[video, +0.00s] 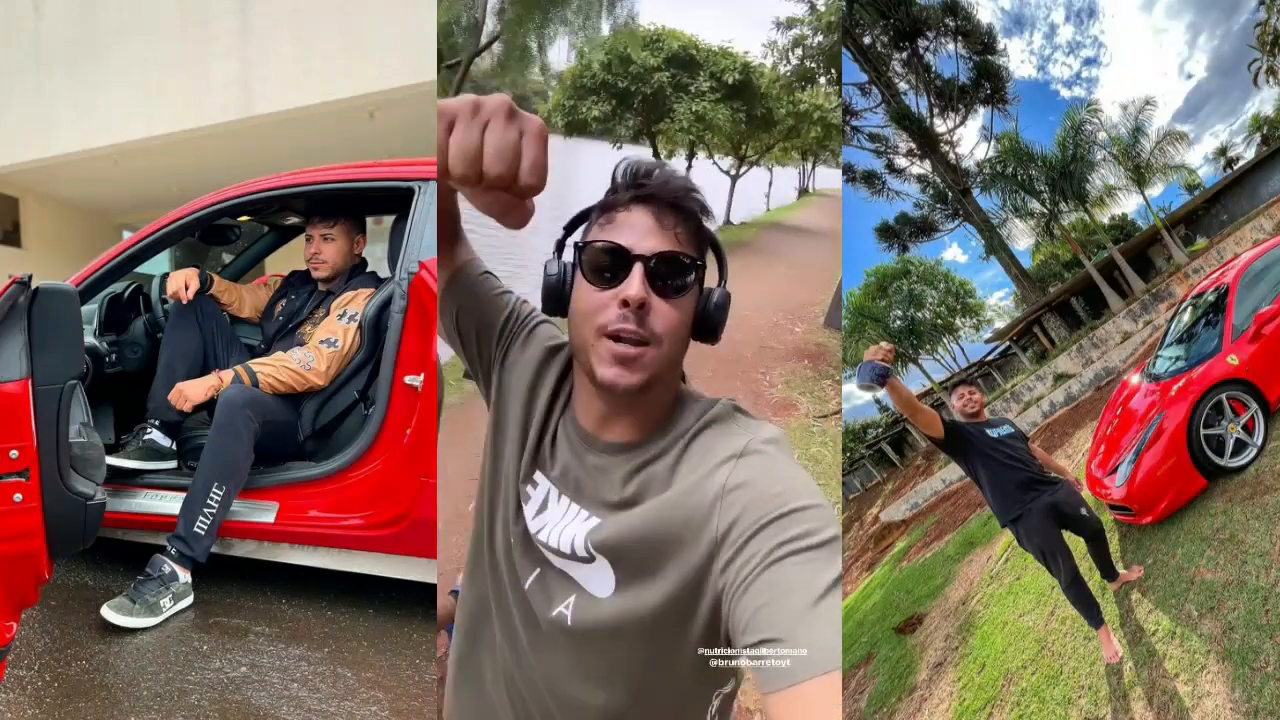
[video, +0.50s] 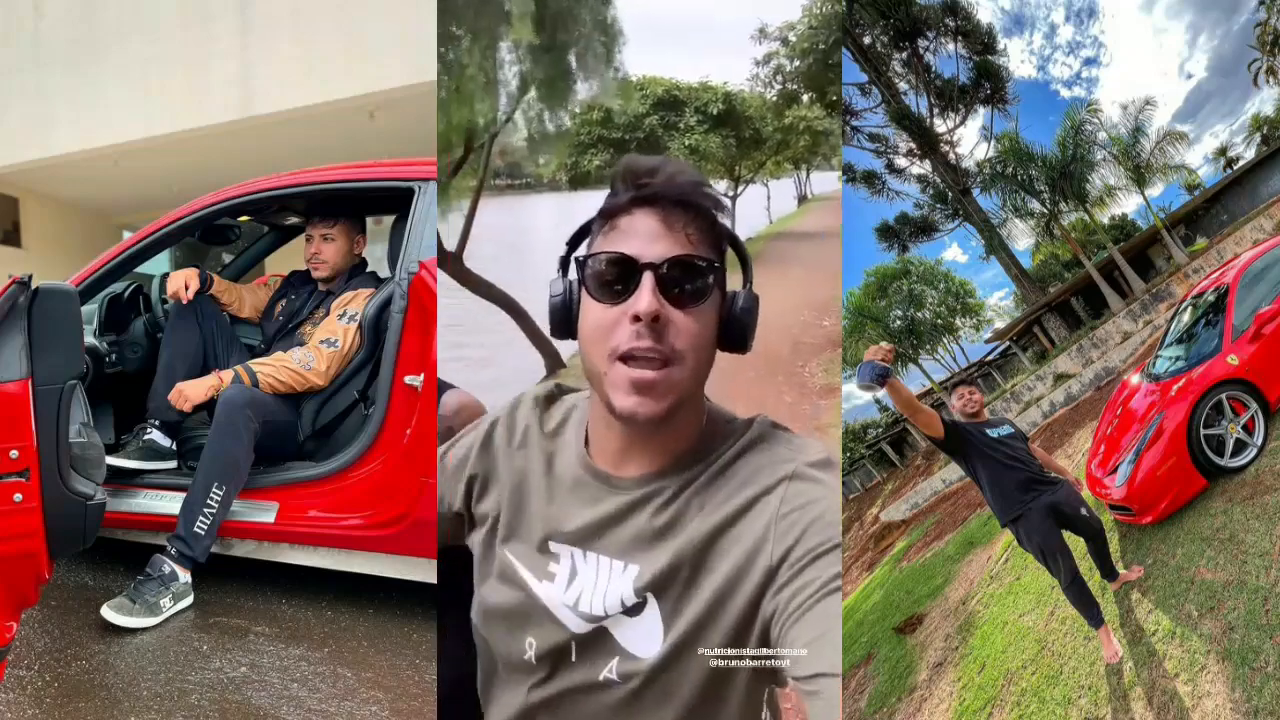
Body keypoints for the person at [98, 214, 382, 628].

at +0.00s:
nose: (314, 249)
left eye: (328, 239)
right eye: (310, 239)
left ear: (359, 245)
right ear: (305, 244)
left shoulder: (362, 297)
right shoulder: (291, 286)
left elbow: (315, 367)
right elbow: (243, 299)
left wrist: (220, 380)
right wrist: (201, 278)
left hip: (314, 411)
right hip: (261, 386)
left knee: (239, 402)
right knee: (195, 302)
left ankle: (177, 567)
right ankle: (160, 433)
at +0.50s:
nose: (314, 249)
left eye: (328, 239)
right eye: (310, 239)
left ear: (359, 245)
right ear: (304, 243)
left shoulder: (361, 297)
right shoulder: (291, 286)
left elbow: (315, 366)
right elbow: (242, 299)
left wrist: (219, 380)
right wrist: (201, 278)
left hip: (315, 410)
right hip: (265, 388)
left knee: (239, 402)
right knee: (196, 302)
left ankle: (177, 567)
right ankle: (161, 433)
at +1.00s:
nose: (314, 249)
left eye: (328, 239)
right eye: (310, 239)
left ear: (359, 245)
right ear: (304, 243)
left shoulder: (361, 297)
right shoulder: (291, 286)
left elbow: (315, 366)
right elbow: (242, 299)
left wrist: (219, 380)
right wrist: (201, 278)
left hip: (315, 410)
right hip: (264, 388)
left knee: (239, 402)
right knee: (196, 302)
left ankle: (177, 567)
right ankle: (161, 433)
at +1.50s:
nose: (315, 249)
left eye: (328, 239)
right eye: (310, 239)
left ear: (358, 245)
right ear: (304, 244)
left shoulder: (361, 297)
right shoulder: (292, 286)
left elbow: (315, 366)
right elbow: (243, 299)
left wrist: (219, 381)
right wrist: (203, 279)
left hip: (315, 411)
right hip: (265, 389)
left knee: (239, 402)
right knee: (196, 303)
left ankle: (177, 568)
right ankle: (161, 433)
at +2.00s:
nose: (315, 249)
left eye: (328, 239)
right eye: (310, 239)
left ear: (358, 245)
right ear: (304, 244)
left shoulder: (361, 297)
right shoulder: (292, 286)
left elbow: (315, 366)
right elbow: (243, 299)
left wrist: (219, 381)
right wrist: (203, 279)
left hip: (315, 411)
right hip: (265, 389)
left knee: (239, 402)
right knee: (196, 303)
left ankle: (177, 568)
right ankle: (161, 433)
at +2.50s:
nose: (314, 250)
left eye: (328, 239)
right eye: (310, 239)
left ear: (358, 245)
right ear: (304, 244)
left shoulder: (362, 297)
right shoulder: (292, 286)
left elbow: (315, 366)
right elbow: (242, 299)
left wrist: (219, 380)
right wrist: (202, 278)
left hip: (316, 410)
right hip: (266, 389)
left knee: (239, 402)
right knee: (196, 303)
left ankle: (177, 568)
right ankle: (161, 433)